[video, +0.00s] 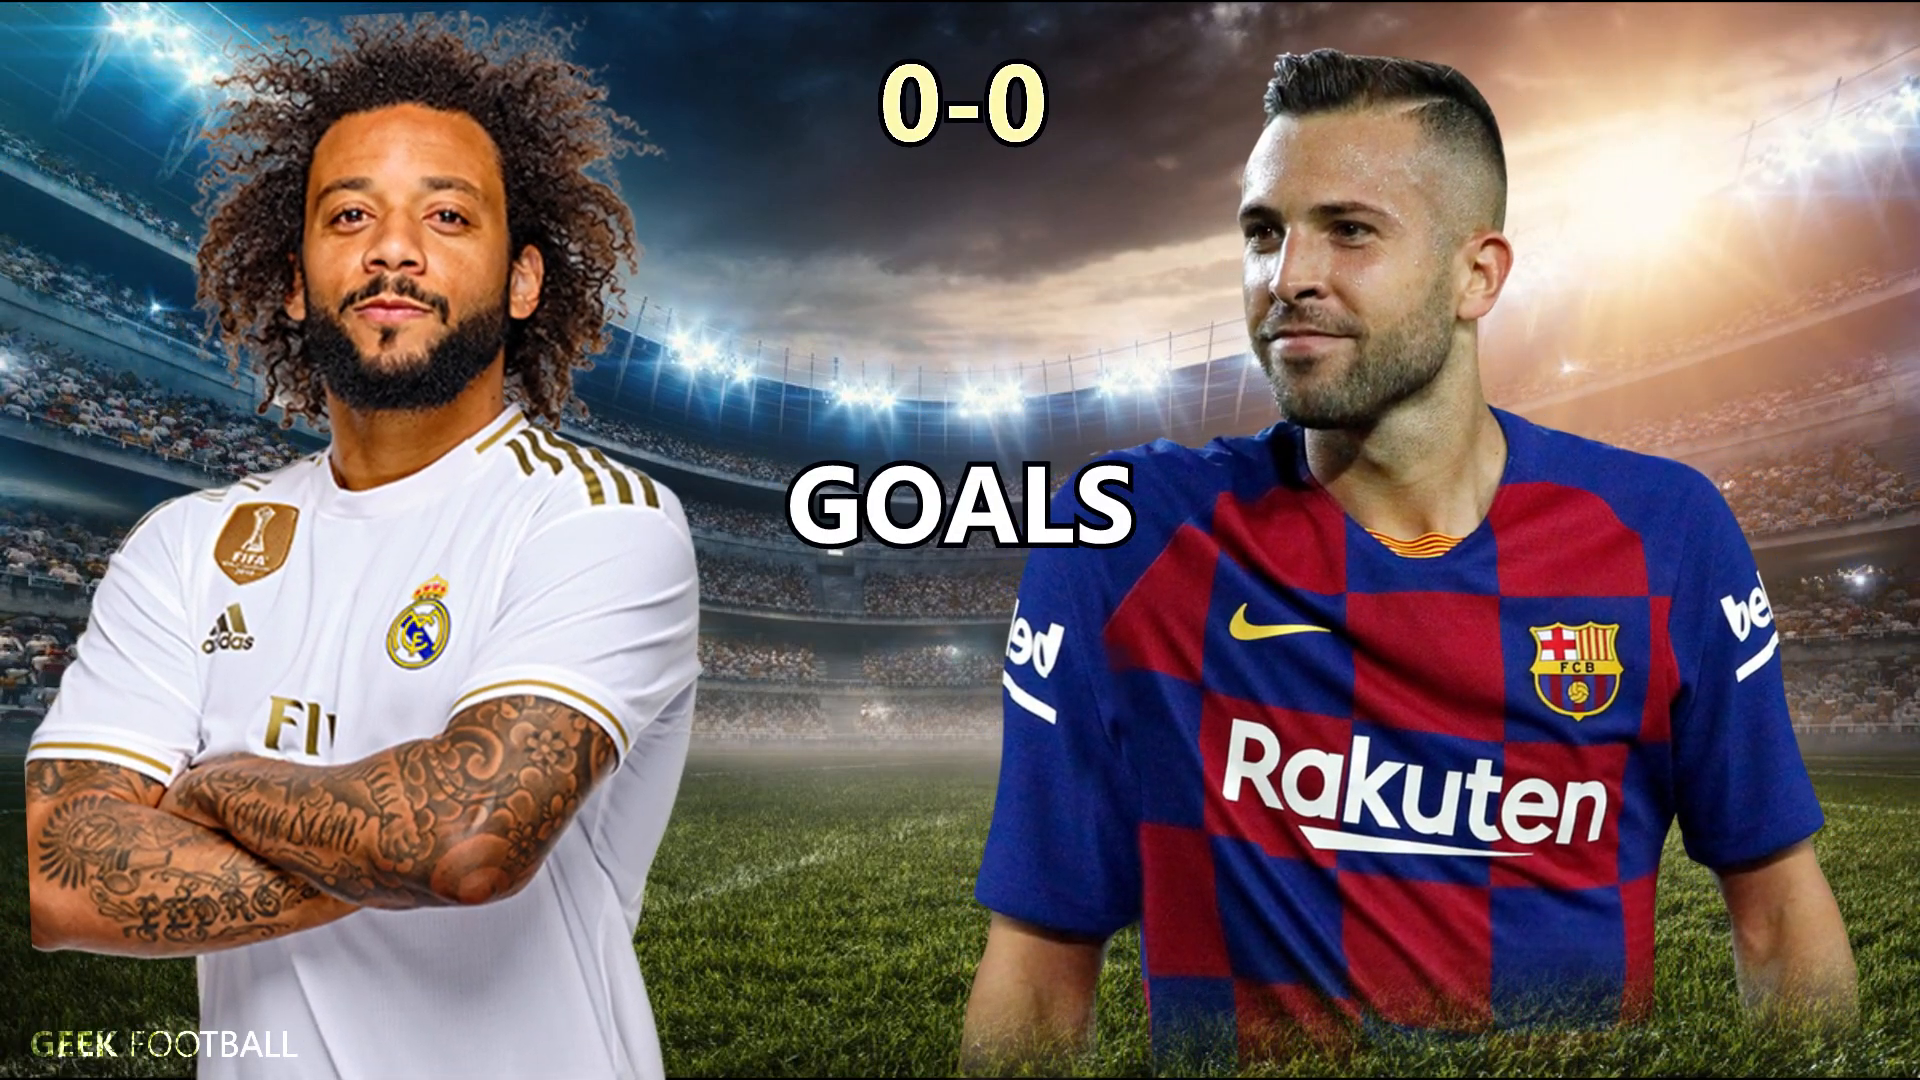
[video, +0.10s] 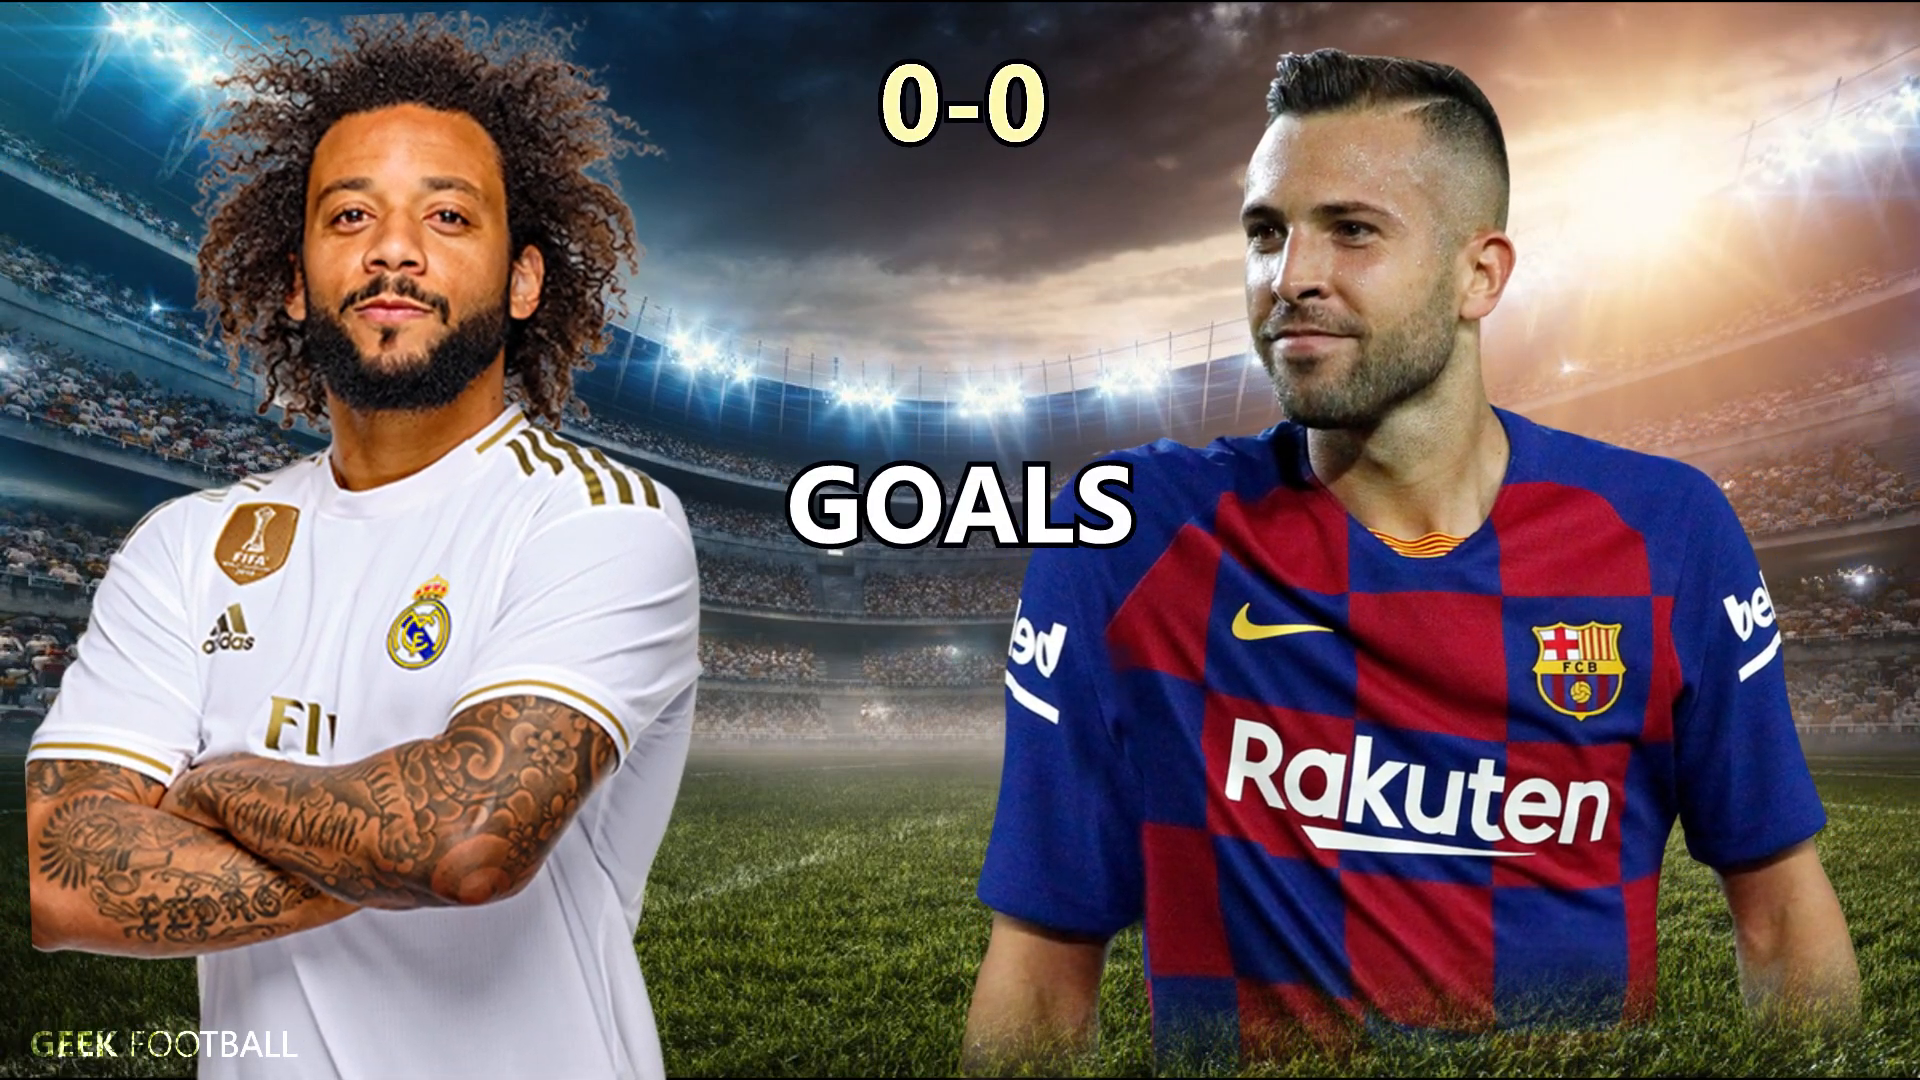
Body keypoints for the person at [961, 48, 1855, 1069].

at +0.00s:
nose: (1286, 278)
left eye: (1349, 231)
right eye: (1264, 235)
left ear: (1480, 274)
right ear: (1240, 256)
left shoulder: (1668, 535)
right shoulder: (1123, 540)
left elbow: (1780, 913)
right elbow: (1039, 967)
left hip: (1571, 1052)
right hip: (1242, 1052)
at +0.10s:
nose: (1288, 277)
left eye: (1352, 231)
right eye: (1267, 234)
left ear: (1482, 274)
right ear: (1242, 257)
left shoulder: (1671, 536)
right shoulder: (1126, 541)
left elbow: (1785, 917)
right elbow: (1041, 970)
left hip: (1575, 1054)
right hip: (1248, 1054)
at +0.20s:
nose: (1291, 277)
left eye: (1354, 231)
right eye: (1269, 234)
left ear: (1484, 274)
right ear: (1244, 256)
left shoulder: (1673, 536)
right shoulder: (1128, 539)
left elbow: (1786, 917)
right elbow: (1043, 966)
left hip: (1576, 1053)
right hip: (1244, 1053)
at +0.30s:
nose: (1292, 277)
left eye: (1355, 231)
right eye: (1270, 234)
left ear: (1486, 274)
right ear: (1245, 256)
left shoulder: (1673, 536)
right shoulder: (1129, 540)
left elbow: (1786, 911)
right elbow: (1046, 963)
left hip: (1579, 1057)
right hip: (1247, 1054)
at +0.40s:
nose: (1294, 277)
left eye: (1356, 231)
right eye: (1271, 234)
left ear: (1486, 273)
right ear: (1245, 256)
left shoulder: (1674, 536)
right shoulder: (1130, 539)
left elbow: (1786, 910)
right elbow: (1046, 964)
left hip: (1581, 1057)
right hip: (1249, 1053)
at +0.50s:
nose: (1313, 272)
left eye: (1376, 226)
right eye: (1290, 229)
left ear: (1505, 269)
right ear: (1267, 251)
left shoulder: (1691, 531)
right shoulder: (1146, 533)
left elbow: (1803, 909)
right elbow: (1062, 958)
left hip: (1594, 1053)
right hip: (1260, 1054)